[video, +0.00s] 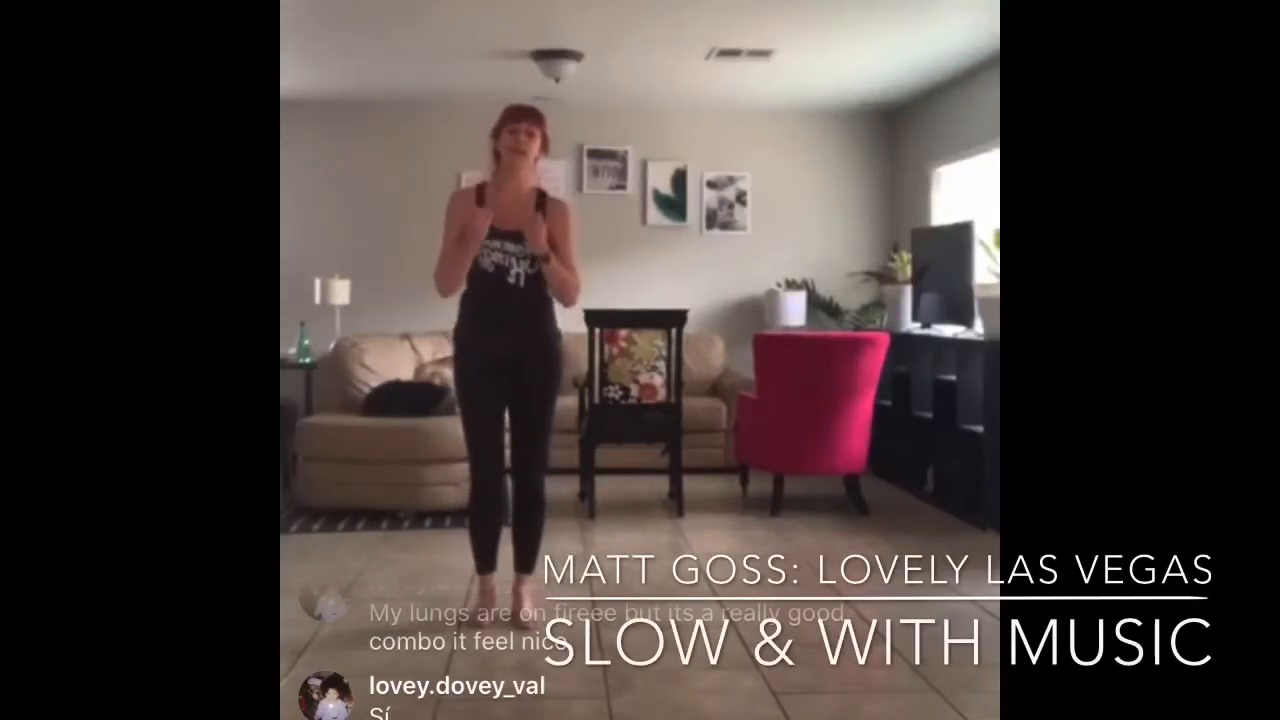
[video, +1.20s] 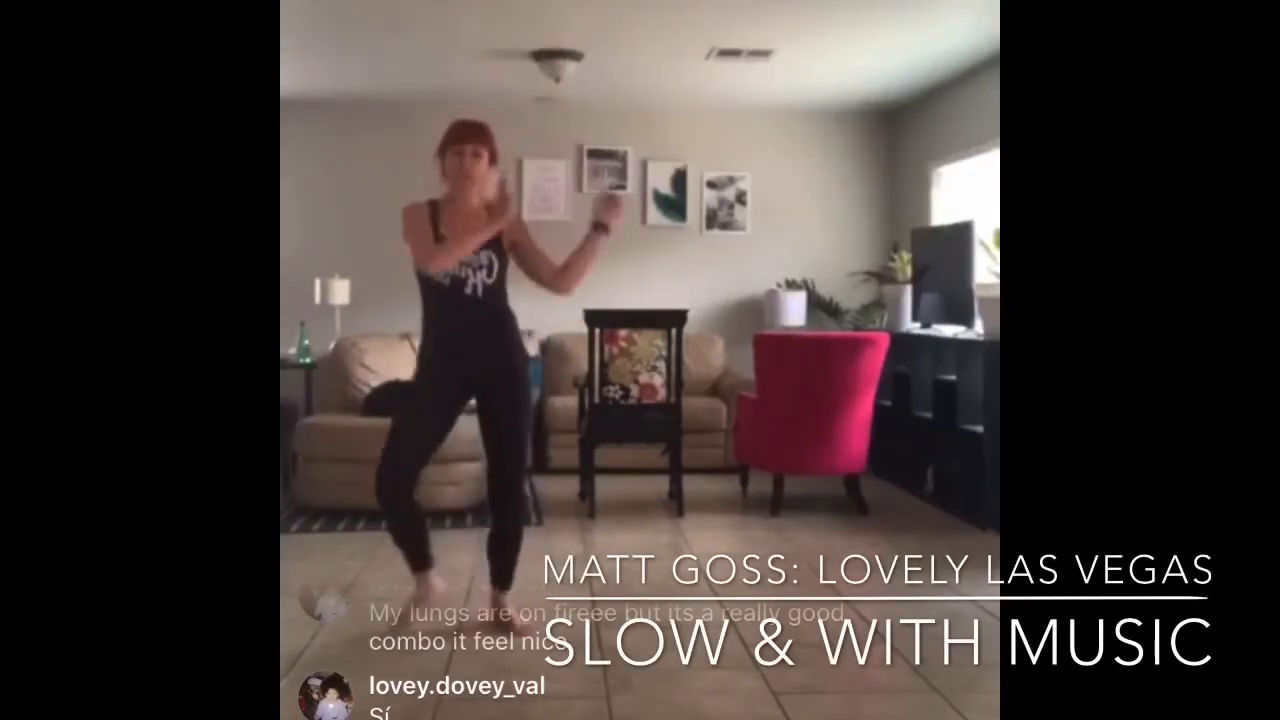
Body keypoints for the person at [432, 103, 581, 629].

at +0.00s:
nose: (519, 139)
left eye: (529, 134)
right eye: (511, 131)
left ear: (542, 149)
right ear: (495, 141)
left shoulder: (555, 209)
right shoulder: (466, 201)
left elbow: (570, 293)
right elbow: (446, 284)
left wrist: (543, 249)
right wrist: (472, 236)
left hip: (535, 347)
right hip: (479, 346)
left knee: (529, 469)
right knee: (485, 469)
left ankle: (525, 583)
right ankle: (485, 584)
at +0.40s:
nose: (507, 172)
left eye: (518, 167)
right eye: (499, 165)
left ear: (530, 181)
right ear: (484, 177)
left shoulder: (544, 232)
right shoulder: (463, 230)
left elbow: (582, 283)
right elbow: (421, 279)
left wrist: (553, 219)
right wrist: (449, 217)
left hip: (529, 367)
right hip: (474, 366)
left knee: (523, 479)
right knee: (478, 480)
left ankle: (521, 583)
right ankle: (490, 582)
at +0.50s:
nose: (509, 138)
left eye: (518, 132)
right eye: (500, 130)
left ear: (531, 145)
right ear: (484, 142)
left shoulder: (539, 200)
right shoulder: (462, 194)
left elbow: (578, 180)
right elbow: (418, 164)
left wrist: (550, 123)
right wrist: (448, 99)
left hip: (529, 347)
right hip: (471, 345)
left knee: (525, 467)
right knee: (475, 467)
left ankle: (524, 579)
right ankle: (488, 577)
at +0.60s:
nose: (506, 100)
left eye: (516, 94)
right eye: (497, 92)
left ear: (530, 106)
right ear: (479, 102)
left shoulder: (541, 158)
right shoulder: (462, 153)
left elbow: (564, 87)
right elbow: (434, 76)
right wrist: (440, 4)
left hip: (525, 306)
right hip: (466, 305)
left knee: (529, 434)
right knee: (474, 436)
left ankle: (533, 560)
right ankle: (473, 563)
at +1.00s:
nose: (491, 160)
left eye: (499, 153)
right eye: (482, 153)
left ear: (512, 166)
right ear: (463, 165)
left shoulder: (526, 217)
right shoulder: (444, 217)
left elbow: (584, 177)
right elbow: (425, 162)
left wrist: (550, 118)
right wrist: (456, 98)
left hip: (513, 362)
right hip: (455, 361)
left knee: (516, 479)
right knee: (450, 479)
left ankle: (503, 593)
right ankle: (477, 586)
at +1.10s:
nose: (473, 166)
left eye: (484, 158)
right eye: (463, 158)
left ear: (501, 167)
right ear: (449, 166)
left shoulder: (516, 223)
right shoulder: (433, 216)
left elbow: (587, 242)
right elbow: (435, 233)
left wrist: (573, 184)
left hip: (510, 370)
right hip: (451, 370)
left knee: (512, 485)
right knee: (420, 489)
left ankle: (501, 599)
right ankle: (463, 584)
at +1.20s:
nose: (468, 161)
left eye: (478, 155)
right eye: (459, 153)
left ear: (494, 167)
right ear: (441, 163)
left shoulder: (504, 221)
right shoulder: (420, 213)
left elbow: (560, 281)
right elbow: (432, 262)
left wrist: (601, 228)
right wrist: (496, 222)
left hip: (502, 364)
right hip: (442, 365)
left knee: (508, 483)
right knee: (392, 480)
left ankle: (500, 601)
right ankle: (427, 583)